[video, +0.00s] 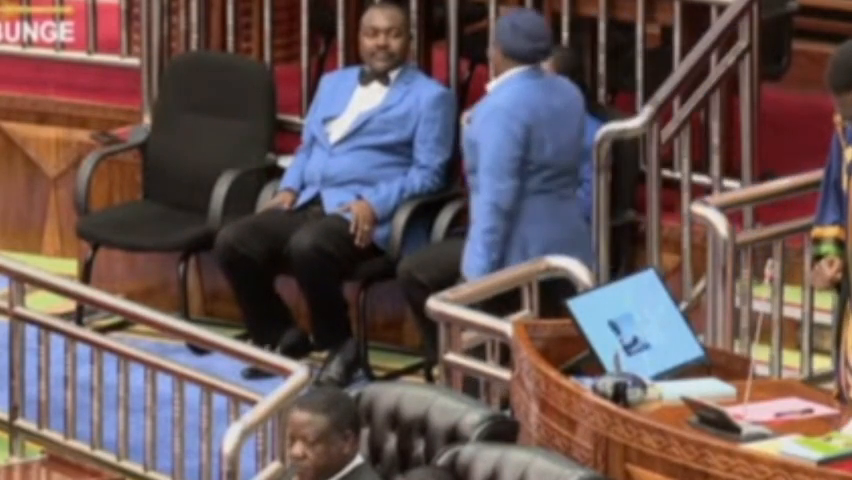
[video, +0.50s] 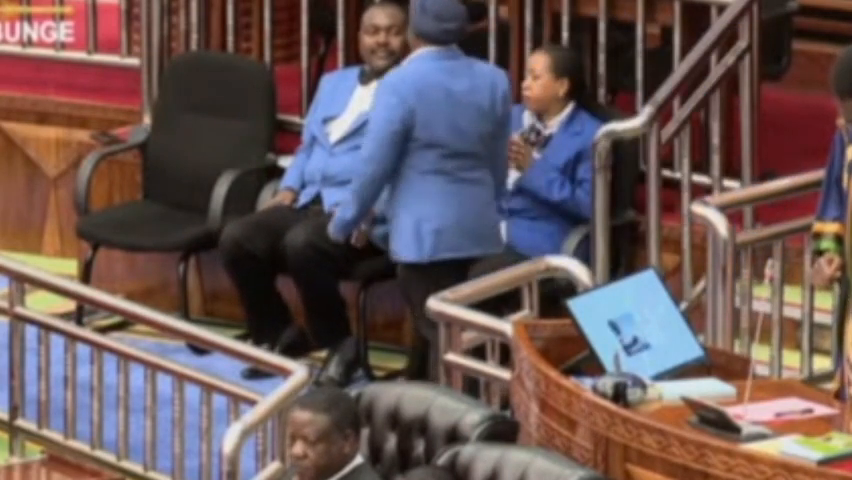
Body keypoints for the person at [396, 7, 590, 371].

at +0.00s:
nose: (489, 52)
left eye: (492, 46)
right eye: (492, 45)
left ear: (497, 52)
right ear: (542, 52)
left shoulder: (500, 108)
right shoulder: (569, 94)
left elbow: (496, 200)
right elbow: (577, 172)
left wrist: (475, 277)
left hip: (516, 253)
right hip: (571, 245)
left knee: (414, 272)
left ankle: (455, 369)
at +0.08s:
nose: (470, 45)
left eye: (472, 40)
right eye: (473, 39)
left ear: (476, 46)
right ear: (525, 45)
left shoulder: (480, 103)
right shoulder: (552, 87)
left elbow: (474, 196)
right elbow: (554, 168)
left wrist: (456, 279)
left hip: (499, 245)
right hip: (553, 239)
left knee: (413, 273)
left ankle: (454, 372)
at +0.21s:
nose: (438, 39)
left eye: (441, 33)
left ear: (444, 38)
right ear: (493, 36)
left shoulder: (444, 90)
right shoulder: (527, 80)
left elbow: (431, 178)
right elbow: (532, 159)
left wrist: (400, 253)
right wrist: (517, 195)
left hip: (456, 231)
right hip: (519, 228)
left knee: (450, 346)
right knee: (509, 340)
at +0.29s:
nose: (424, 37)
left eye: (425, 31)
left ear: (433, 37)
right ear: (483, 33)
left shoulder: (429, 85)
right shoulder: (517, 79)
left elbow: (408, 172)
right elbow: (523, 158)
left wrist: (374, 243)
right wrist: (504, 191)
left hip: (444, 230)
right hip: (506, 227)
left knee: (446, 348)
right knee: (500, 342)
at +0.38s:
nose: (405, 35)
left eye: (410, 28)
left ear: (422, 34)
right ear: (470, 31)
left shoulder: (414, 82)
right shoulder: (505, 78)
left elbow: (390, 166)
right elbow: (511, 158)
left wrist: (358, 229)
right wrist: (497, 195)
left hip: (435, 224)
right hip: (495, 221)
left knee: (440, 340)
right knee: (492, 336)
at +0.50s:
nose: (390, 37)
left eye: (398, 29)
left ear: (414, 32)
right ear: (460, 31)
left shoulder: (402, 82)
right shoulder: (494, 80)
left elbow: (376, 164)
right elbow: (499, 157)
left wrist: (347, 219)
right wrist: (493, 201)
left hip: (421, 221)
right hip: (478, 219)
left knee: (431, 331)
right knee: (466, 328)